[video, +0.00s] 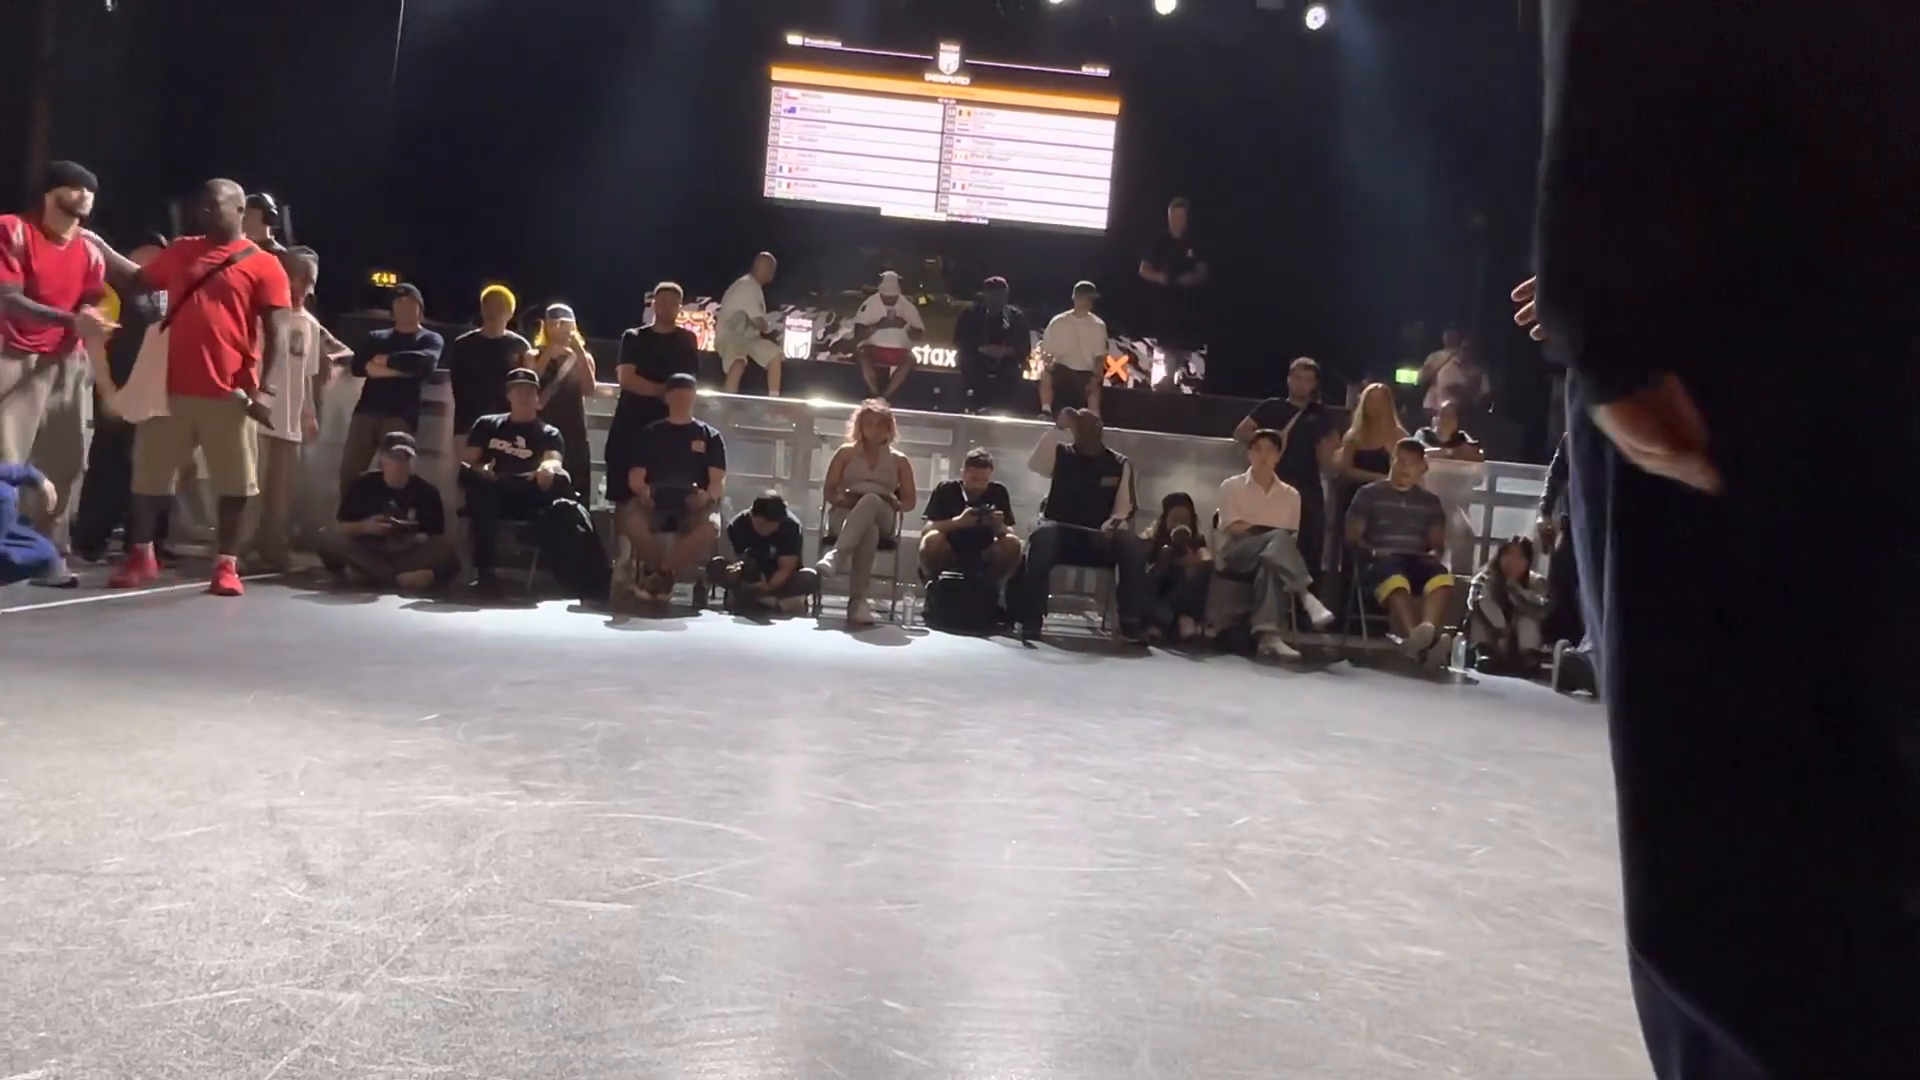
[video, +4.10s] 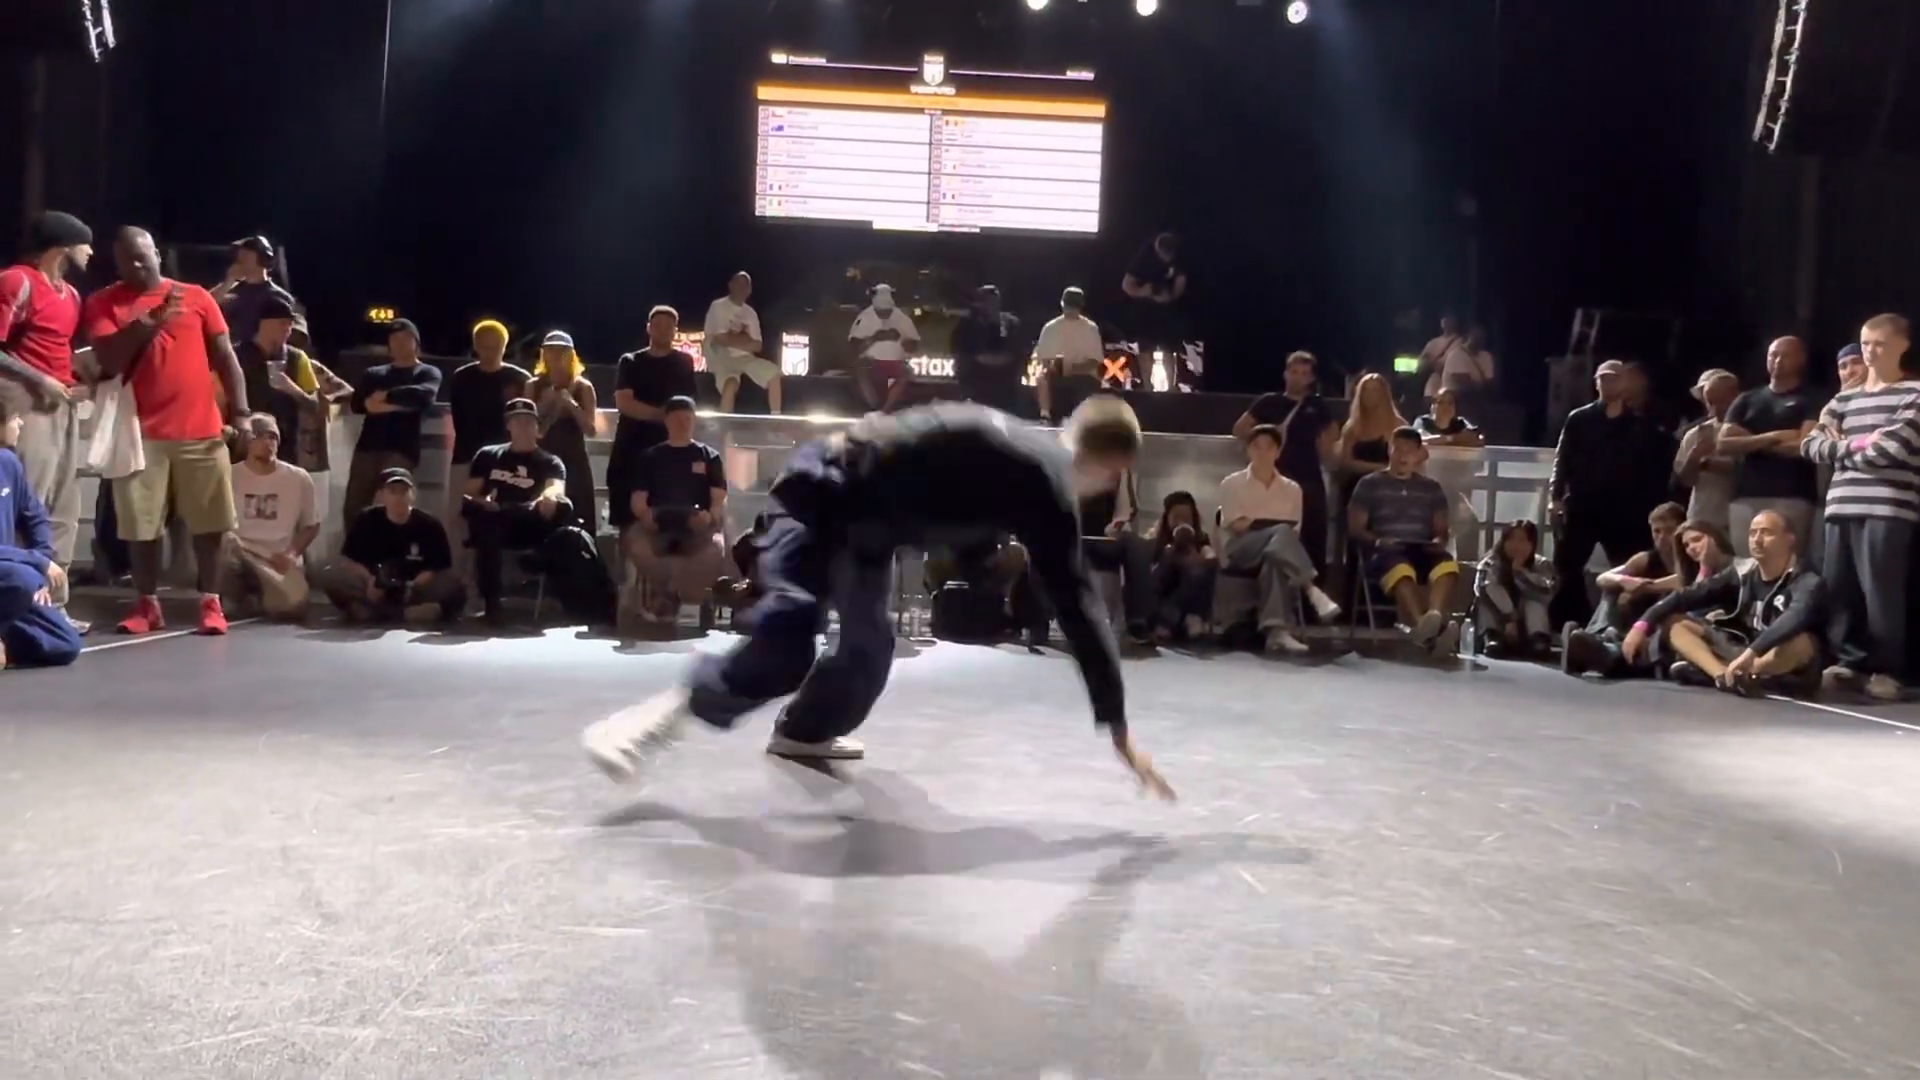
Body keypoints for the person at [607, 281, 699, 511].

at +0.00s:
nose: (668, 307)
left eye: (673, 302)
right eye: (663, 301)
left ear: (679, 307)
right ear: (654, 304)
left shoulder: (687, 339)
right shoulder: (633, 336)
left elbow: (688, 386)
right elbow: (625, 378)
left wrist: (639, 380)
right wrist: (664, 391)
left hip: (668, 424)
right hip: (631, 421)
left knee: (665, 491)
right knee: (624, 493)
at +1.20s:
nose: (639, 324)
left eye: (644, 318)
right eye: (634, 317)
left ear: (651, 322)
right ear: (625, 319)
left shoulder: (659, 354)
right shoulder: (606, 352)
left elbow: (663, 400)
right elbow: (598, 395)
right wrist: (636, 406)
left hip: (644, 440)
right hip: (606, 438)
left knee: (642, 507)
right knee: (601, 509)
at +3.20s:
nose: (653, 342)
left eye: (658, 338)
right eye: (648, 337)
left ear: (664, 342)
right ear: (637, 339)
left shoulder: (672, 373)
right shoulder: (618, 372)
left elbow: (676, 419)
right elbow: (613, 415)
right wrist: (651, 425)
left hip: (658, 459)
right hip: (620, 458)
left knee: (658, 526)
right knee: (617, 529)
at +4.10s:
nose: (663, 330)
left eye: (668, 325)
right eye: (658, 324)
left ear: (675, 331)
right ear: (648, 328)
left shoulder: (683, 361)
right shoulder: (630, 361)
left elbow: (686, 409)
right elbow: (624, 403)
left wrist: (637, 406)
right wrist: (664, 414)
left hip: (669, 450)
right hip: (631, 448)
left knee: (668, 517)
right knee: (627, 519)